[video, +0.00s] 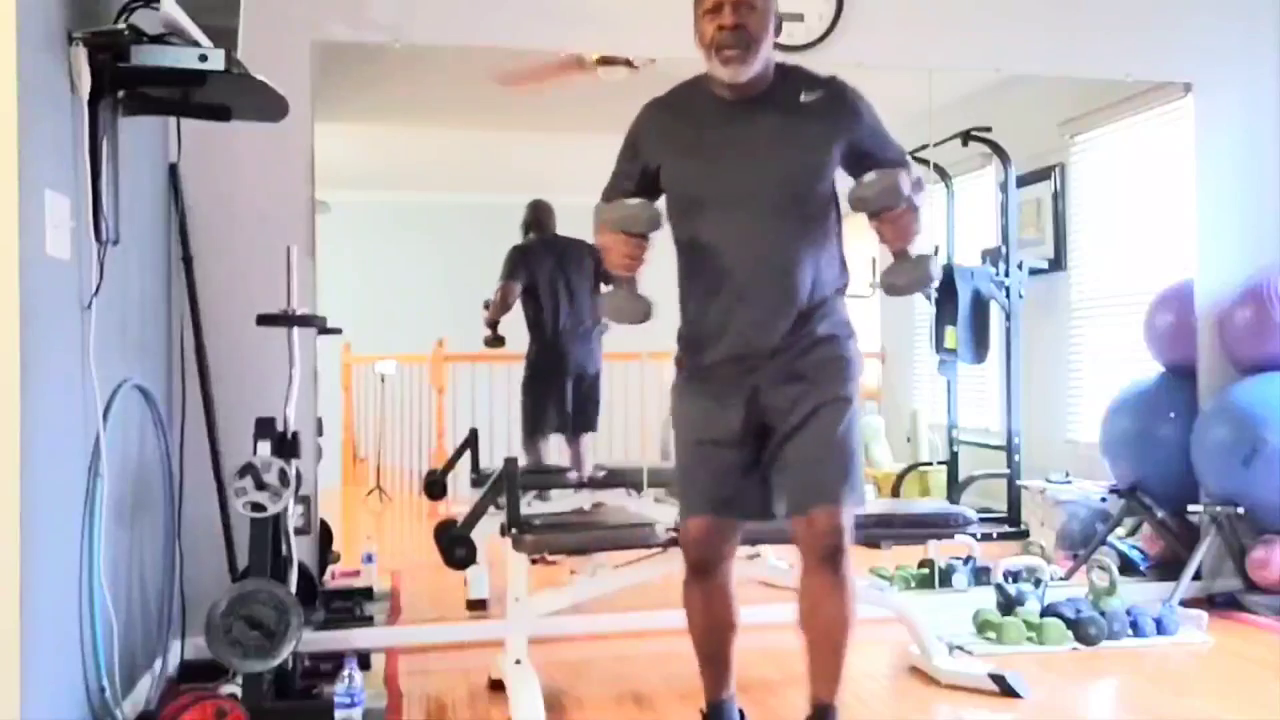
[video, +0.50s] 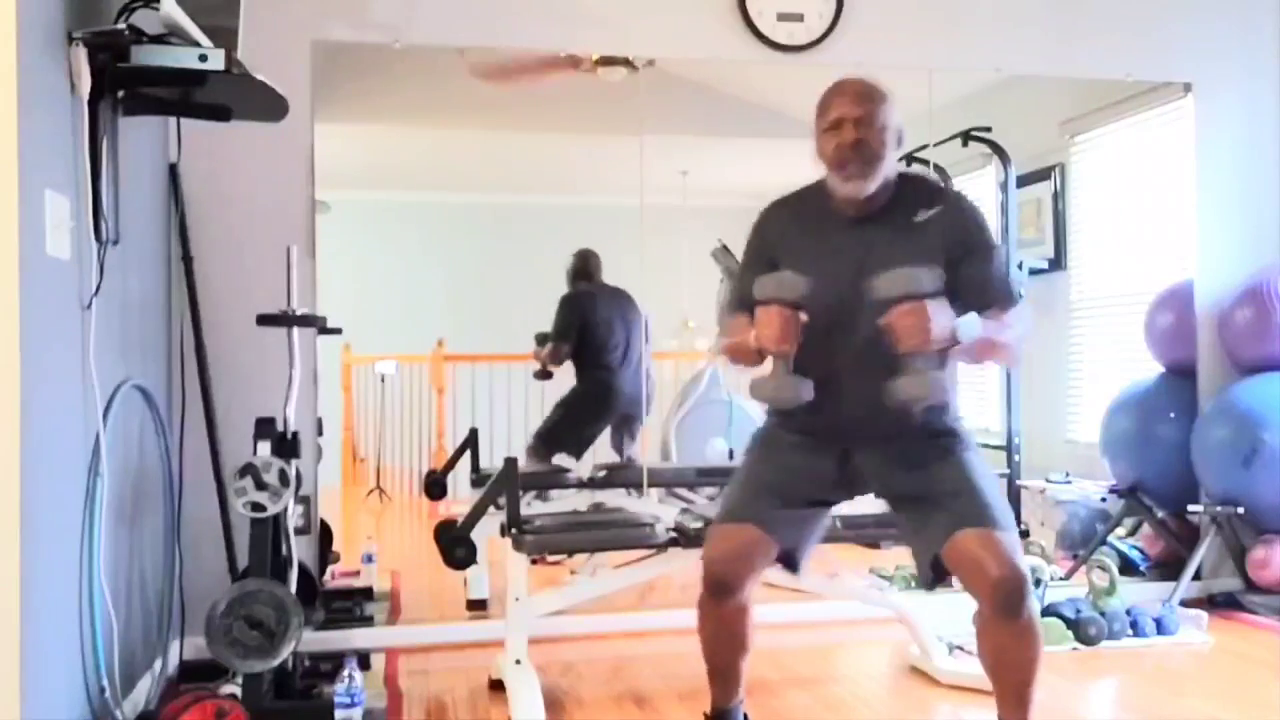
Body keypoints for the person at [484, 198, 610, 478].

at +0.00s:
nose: (528, 229)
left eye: (526, 225)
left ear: (527, 225)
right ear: (554, 223)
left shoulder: (523, 253)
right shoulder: (584, 249)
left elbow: (508, 297)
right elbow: (618, 279)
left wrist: (492, 316)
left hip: (548, 355)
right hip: (587, 355)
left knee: (533, 433)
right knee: (577, 432)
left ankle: (540, 493)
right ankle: (580, 493)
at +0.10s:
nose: (531, 226)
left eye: (531, 223)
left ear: (532, 224)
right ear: (559, 221)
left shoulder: (526, 252)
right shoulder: (589, 248)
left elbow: (511, 305)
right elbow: (623, 295)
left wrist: (504, 322)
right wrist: (597, 305)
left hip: (554, 353)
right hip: (594, 352)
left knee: (539, 435)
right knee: (591, 428)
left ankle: (544, 494)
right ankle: (599, 479)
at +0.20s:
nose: (537, 239)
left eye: (538, 235)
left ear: (540, 236)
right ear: (567, 234)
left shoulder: (535, 265)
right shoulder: (598, 263)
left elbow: (518, 321)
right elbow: (620, 316)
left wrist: (520, 342)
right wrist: (590, 321)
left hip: (563, 365)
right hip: (603, 364)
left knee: (536, 443)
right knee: (607, 432)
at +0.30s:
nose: (547, 263)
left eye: (548, 258)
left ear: (551, 259)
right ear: (578, 257)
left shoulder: (548, 286)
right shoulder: (605, 284)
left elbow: (532, 339)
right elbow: (620, 329)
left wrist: (532, 359)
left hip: (573, 381)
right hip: (613, 380)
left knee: (530, 448)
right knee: (621, 449)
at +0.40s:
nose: (561, 277)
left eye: (563, 273)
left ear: (564, 274)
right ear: (590, 274)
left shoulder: (561, 304)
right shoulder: (614, 301)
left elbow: (548, 354)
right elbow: (627, 344)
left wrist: (541, 371)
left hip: (584, 397)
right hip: (625, 396)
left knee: (529, 453)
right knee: (624, 457)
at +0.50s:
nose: (567, 276)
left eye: (569, 272)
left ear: (571, 273)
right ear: (599, 273)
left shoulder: (575, 300)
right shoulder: (627, 299)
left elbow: (557, 354)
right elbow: (643, 347)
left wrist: (543, 355)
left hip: (598, 393)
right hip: (637, 391)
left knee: (539, 449)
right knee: (629, 453)